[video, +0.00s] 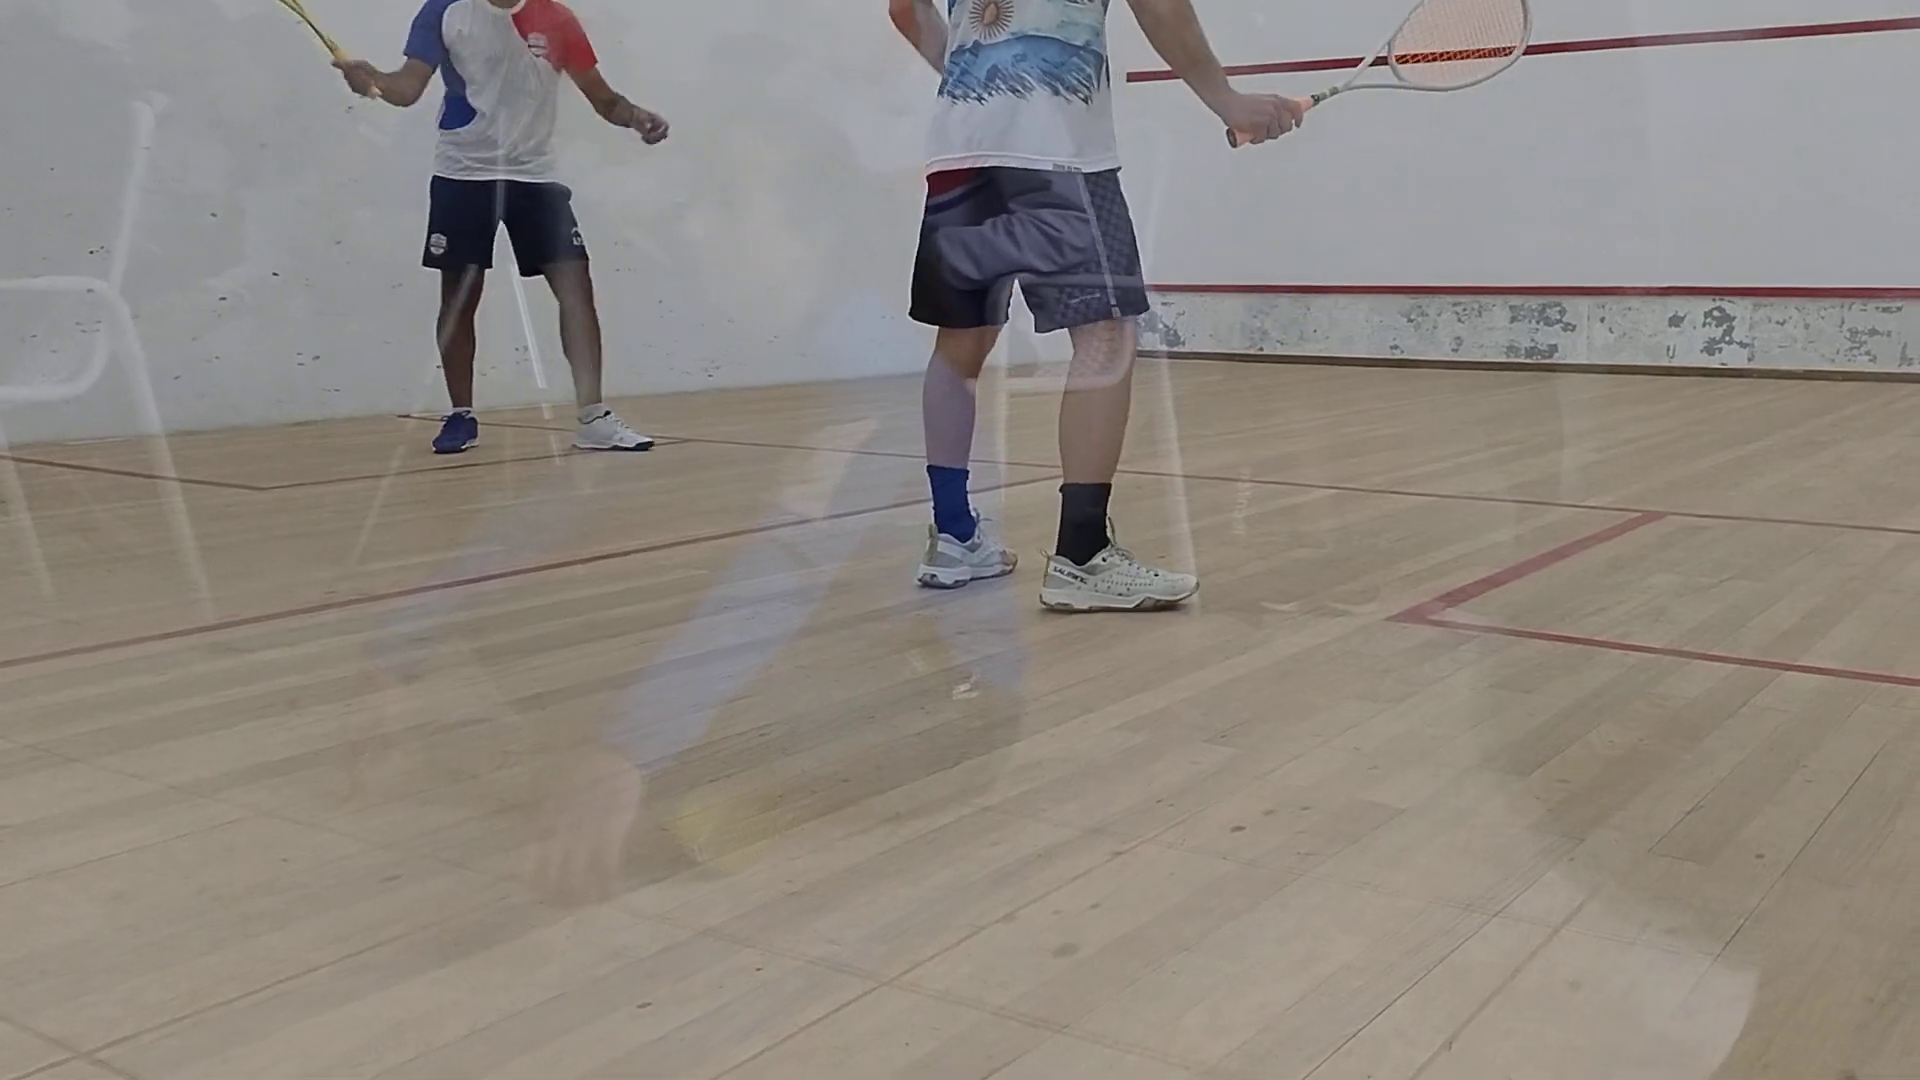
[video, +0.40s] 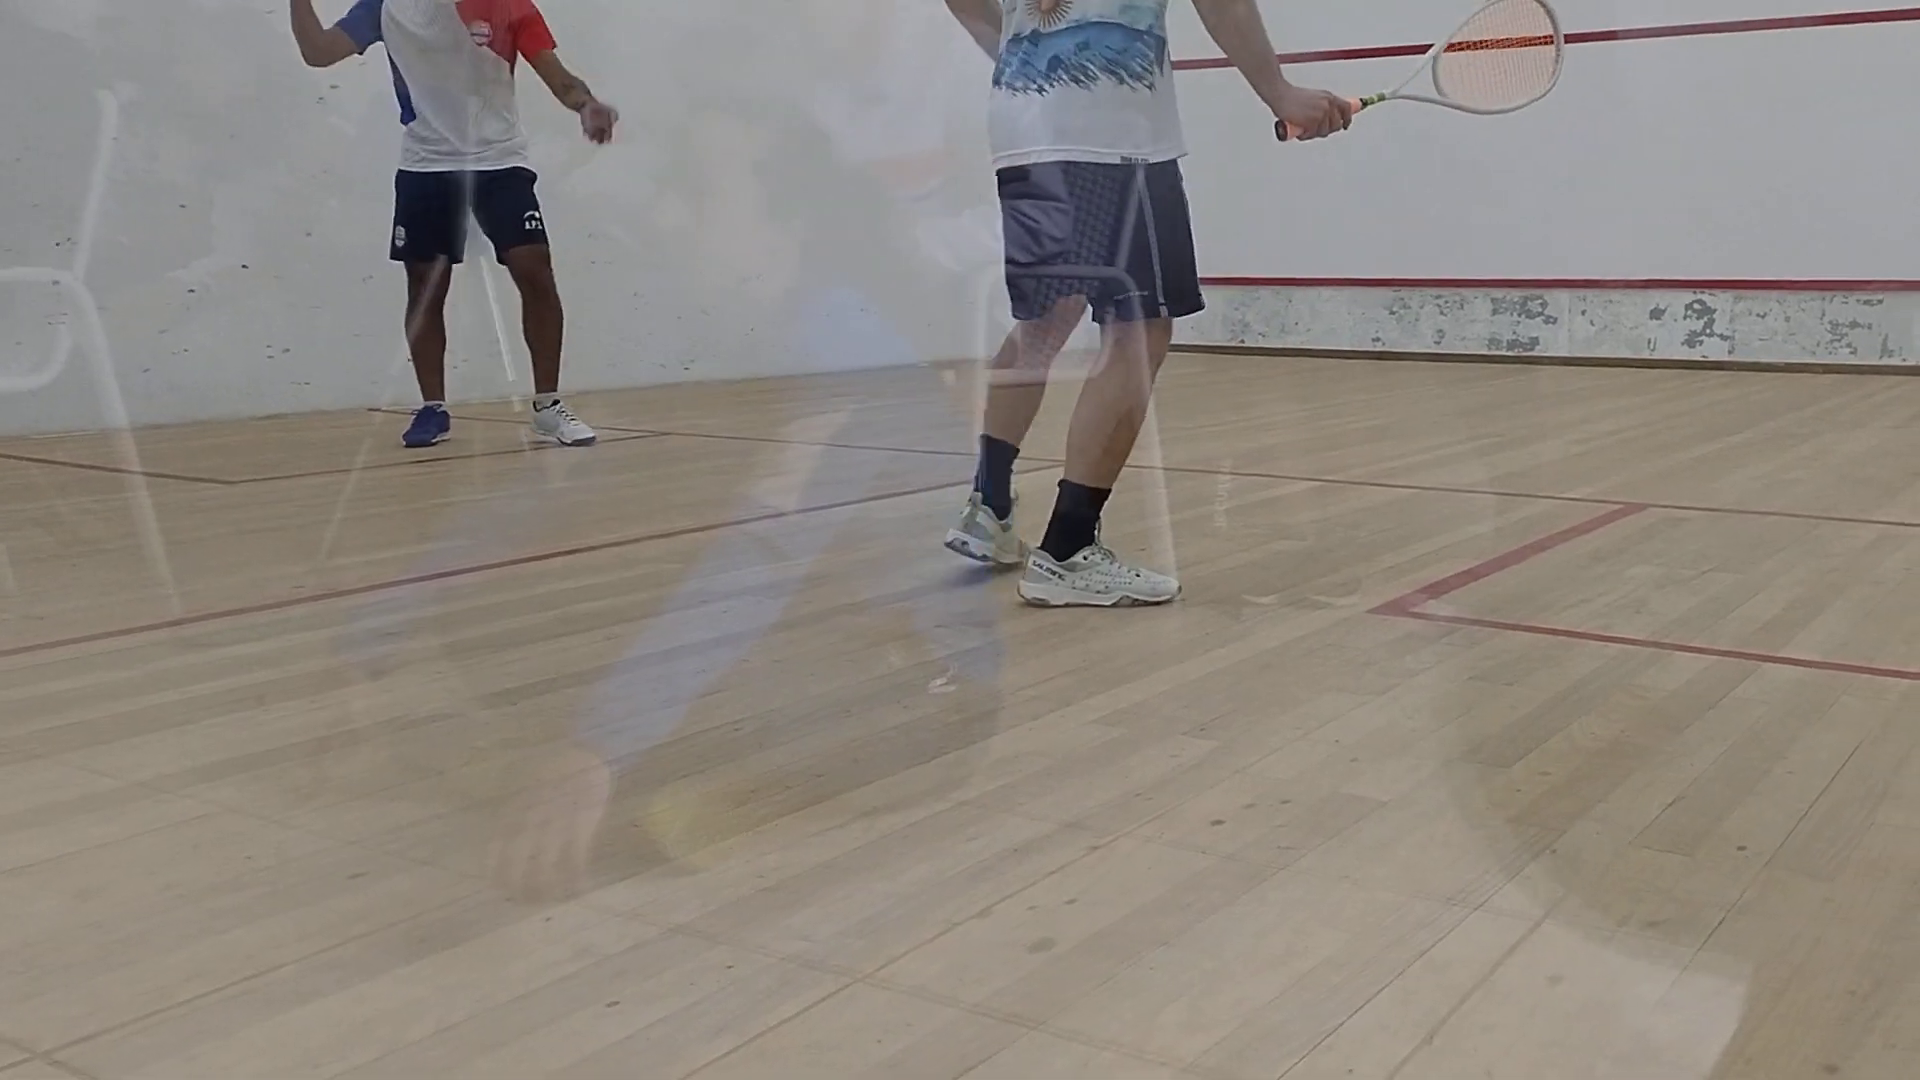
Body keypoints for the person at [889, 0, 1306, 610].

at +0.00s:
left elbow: (907, 9)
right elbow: (1156, 5)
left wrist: (974, 78)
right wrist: (1229, 98)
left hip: (959, 129)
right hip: (1055, 128)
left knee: (959, 344)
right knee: (1105, 337)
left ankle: (952, 538)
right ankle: (1082, 555)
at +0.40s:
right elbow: (1215, 1)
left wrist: (1023, 54)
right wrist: (1281, 91)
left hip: (1020, 107)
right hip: (1118, 108)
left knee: (1045, 310)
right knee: (1139, 336)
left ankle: (986, 507)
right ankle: (1067, 551)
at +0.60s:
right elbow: (1240, 0)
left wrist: (1042, 63)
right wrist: (1304, 95)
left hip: (1050, 115)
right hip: (1128, 119)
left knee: (1122, 326)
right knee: (1166, 334)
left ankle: (1148, 526)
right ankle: (1058, 545)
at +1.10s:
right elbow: (1210, 2)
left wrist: (1016, 72)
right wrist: (1283, 109)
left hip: (1017, 120)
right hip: (1113, 121)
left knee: (1077, 336)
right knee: (1167, 346)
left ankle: (1124, 533)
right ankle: (1077, 591)